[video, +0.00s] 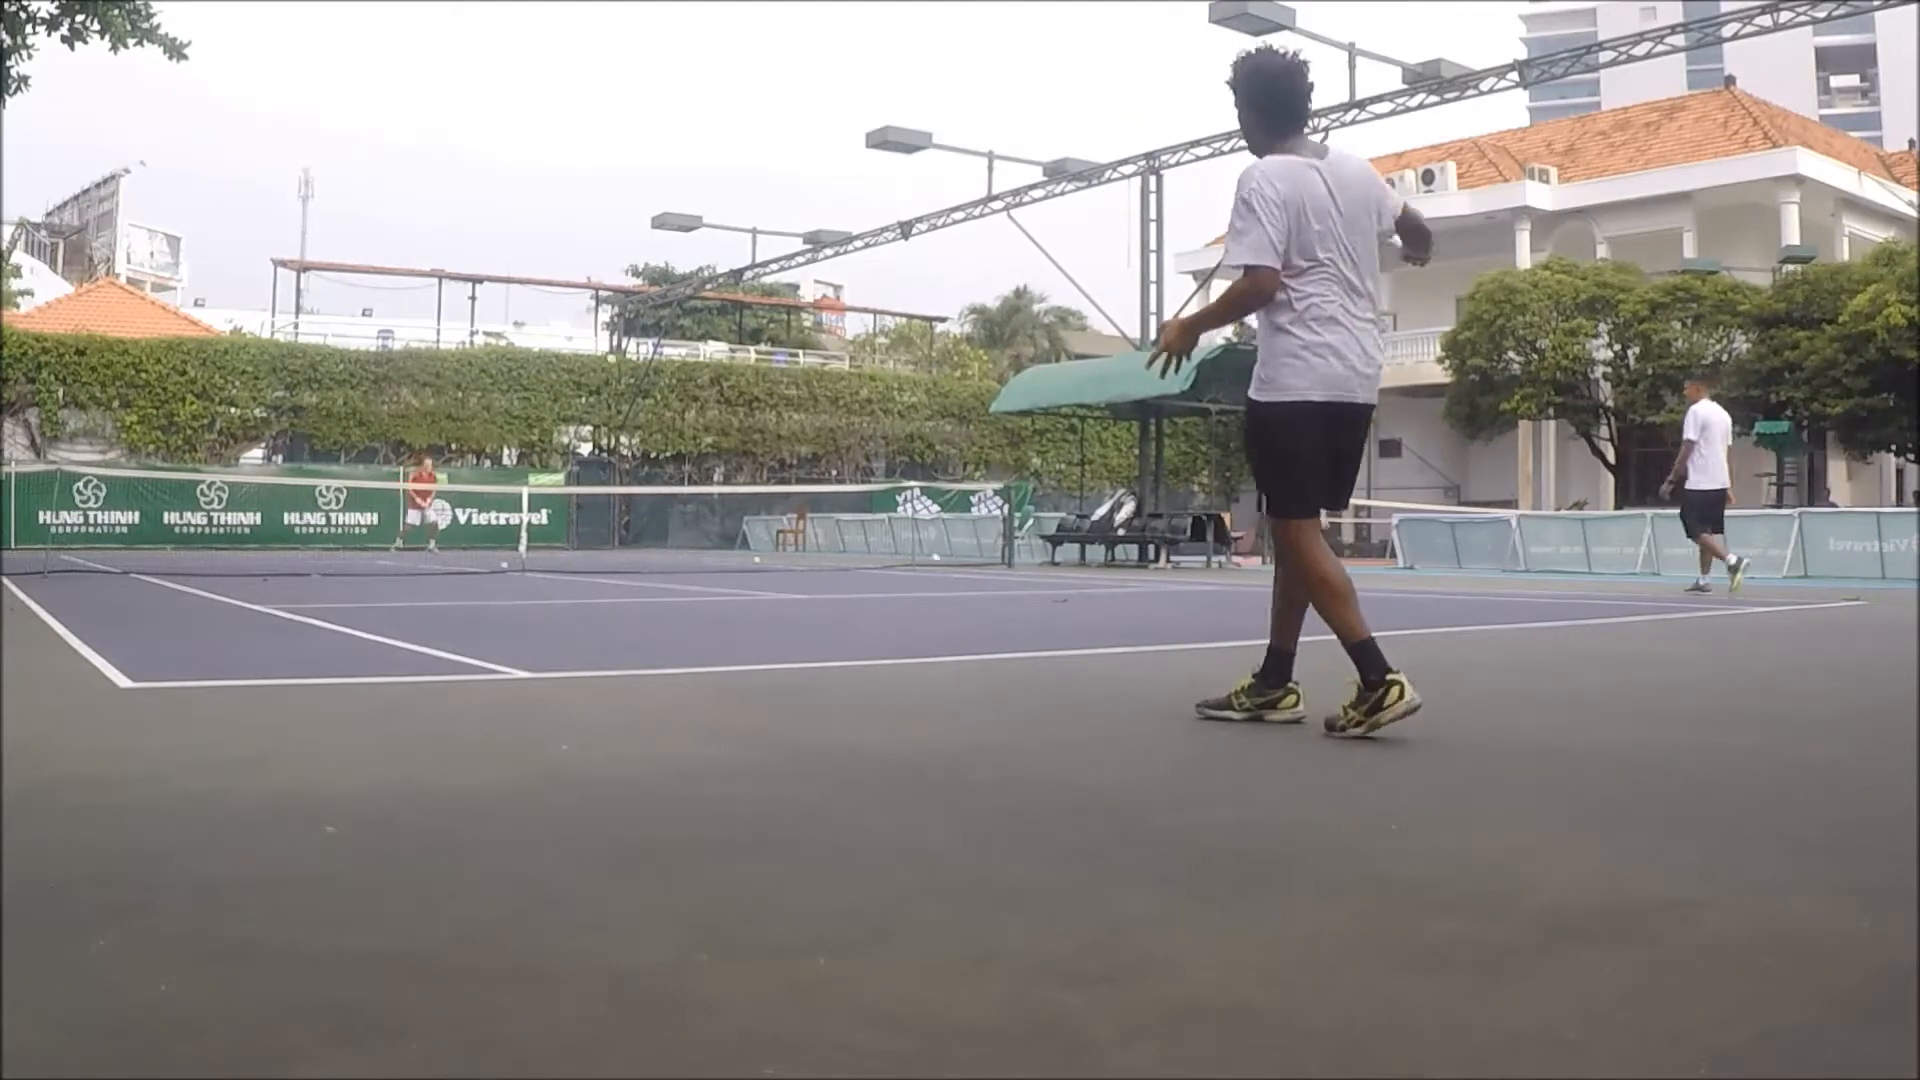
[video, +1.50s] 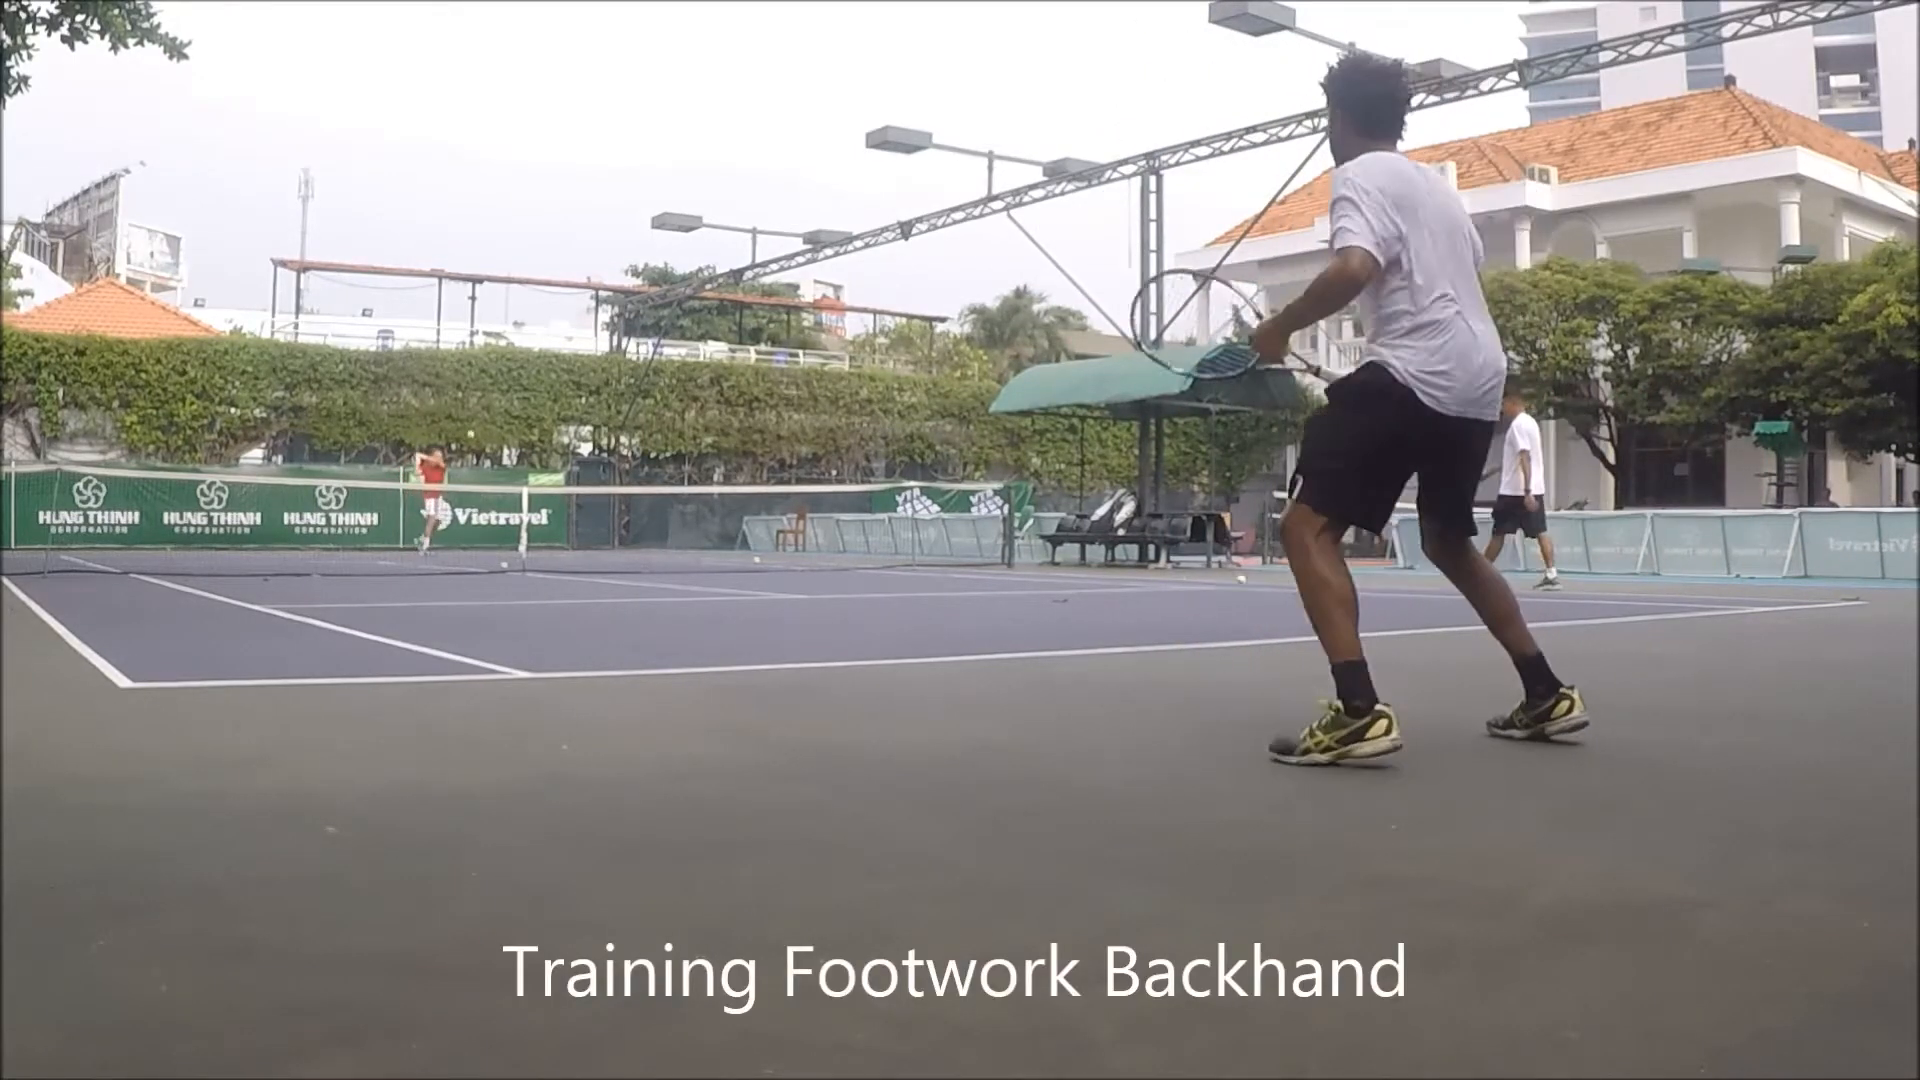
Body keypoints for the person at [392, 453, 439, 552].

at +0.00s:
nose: (428, 466)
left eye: (430, 464)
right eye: (426, 464)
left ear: (432, 465)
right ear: (422, 465)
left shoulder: (433, 476)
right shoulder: (414, 474)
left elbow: (434, 489)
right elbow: (409, 488)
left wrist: (429, 499)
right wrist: (417, 499)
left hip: (426, 504)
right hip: (414, 504)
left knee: (433, 522)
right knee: (410, 524)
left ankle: (432, 544)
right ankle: (398, 542)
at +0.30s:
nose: (438, 465)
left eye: (440, 463)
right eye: (436, 462)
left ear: (441, 464)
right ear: (431, 463)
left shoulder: (441, 476)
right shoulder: (424, 473)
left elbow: (440, 488)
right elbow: (418, 487)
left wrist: (436, 498)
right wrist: (426, 500)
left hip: (434, 500)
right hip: (423, 500)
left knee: (438, 523)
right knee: (424, 520)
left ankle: (431, 545)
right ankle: (411, 542)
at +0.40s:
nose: (440, 465)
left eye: (441, 463)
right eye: (438, 463)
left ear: (442, 465)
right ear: (432, 464)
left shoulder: (442, 477)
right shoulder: (425, 474)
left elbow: (441, 491)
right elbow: (421, 488)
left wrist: (437, 503)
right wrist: (428, 501)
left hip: (435, 502)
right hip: (425, 501)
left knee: (439, 523)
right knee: (429, 519)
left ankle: (431, 545)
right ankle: (416, 540)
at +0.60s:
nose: (441, 465)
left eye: (442, 462)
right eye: (438, 462)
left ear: (442, 463)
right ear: (432, 462)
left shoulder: (437, 474)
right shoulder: (430, 474)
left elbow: (437, 489)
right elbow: (434, 489)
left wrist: (441, 500)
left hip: (433, 500)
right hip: (426, 500)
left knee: (436, 521)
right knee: (431, 521)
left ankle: (431, 544)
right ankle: (420, 545)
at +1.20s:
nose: (439, 463)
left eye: (440, 460)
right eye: (437, 461)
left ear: (441, 461)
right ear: (431, 461)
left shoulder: (442, 472)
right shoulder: (422, 473)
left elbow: (444, 486)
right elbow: (420, 487)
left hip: (439, 499)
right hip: (427, 499)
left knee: (436, 522)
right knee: (430, 519)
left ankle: (424, 541)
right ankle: (426, 544)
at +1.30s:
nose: (438, 466)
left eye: (440, 464)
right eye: (435, 464)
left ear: (442, 463)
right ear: (431, 461)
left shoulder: (441, 472)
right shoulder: (426, 471)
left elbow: (442, 485)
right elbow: (425, 484)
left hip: (436, 498)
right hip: (427, 497)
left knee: (435, 521)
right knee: (430, 519)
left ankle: (420, 540)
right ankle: (425, 545)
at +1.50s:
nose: (438, 459)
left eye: (440, 456)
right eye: (436, 456)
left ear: (441, 457)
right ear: (430, 456)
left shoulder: (441, 468)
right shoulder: (424, 467)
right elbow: (417, 472)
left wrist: (422, 457)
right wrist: (417, 462)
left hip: (438, 493)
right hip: (429, 493)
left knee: (438, 519)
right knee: (431, 517)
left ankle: (423, 538)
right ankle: (426, 543)